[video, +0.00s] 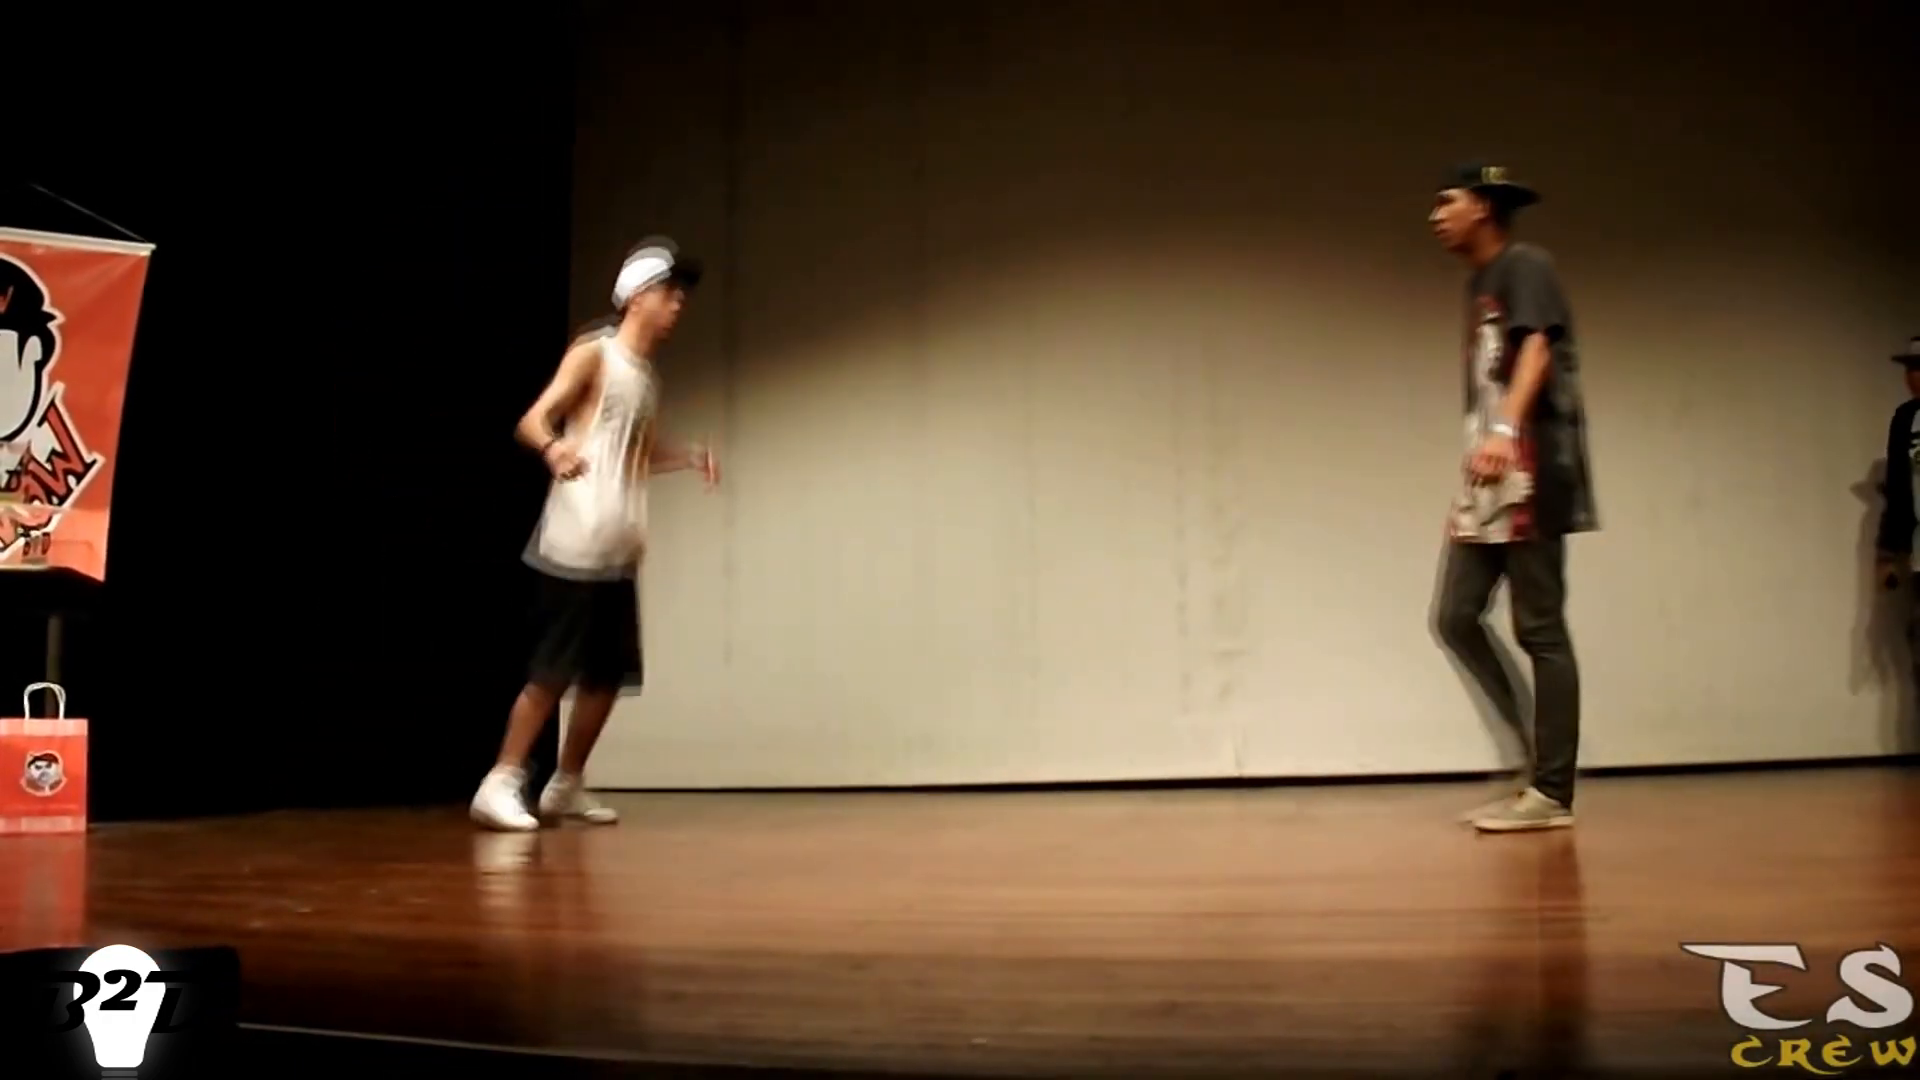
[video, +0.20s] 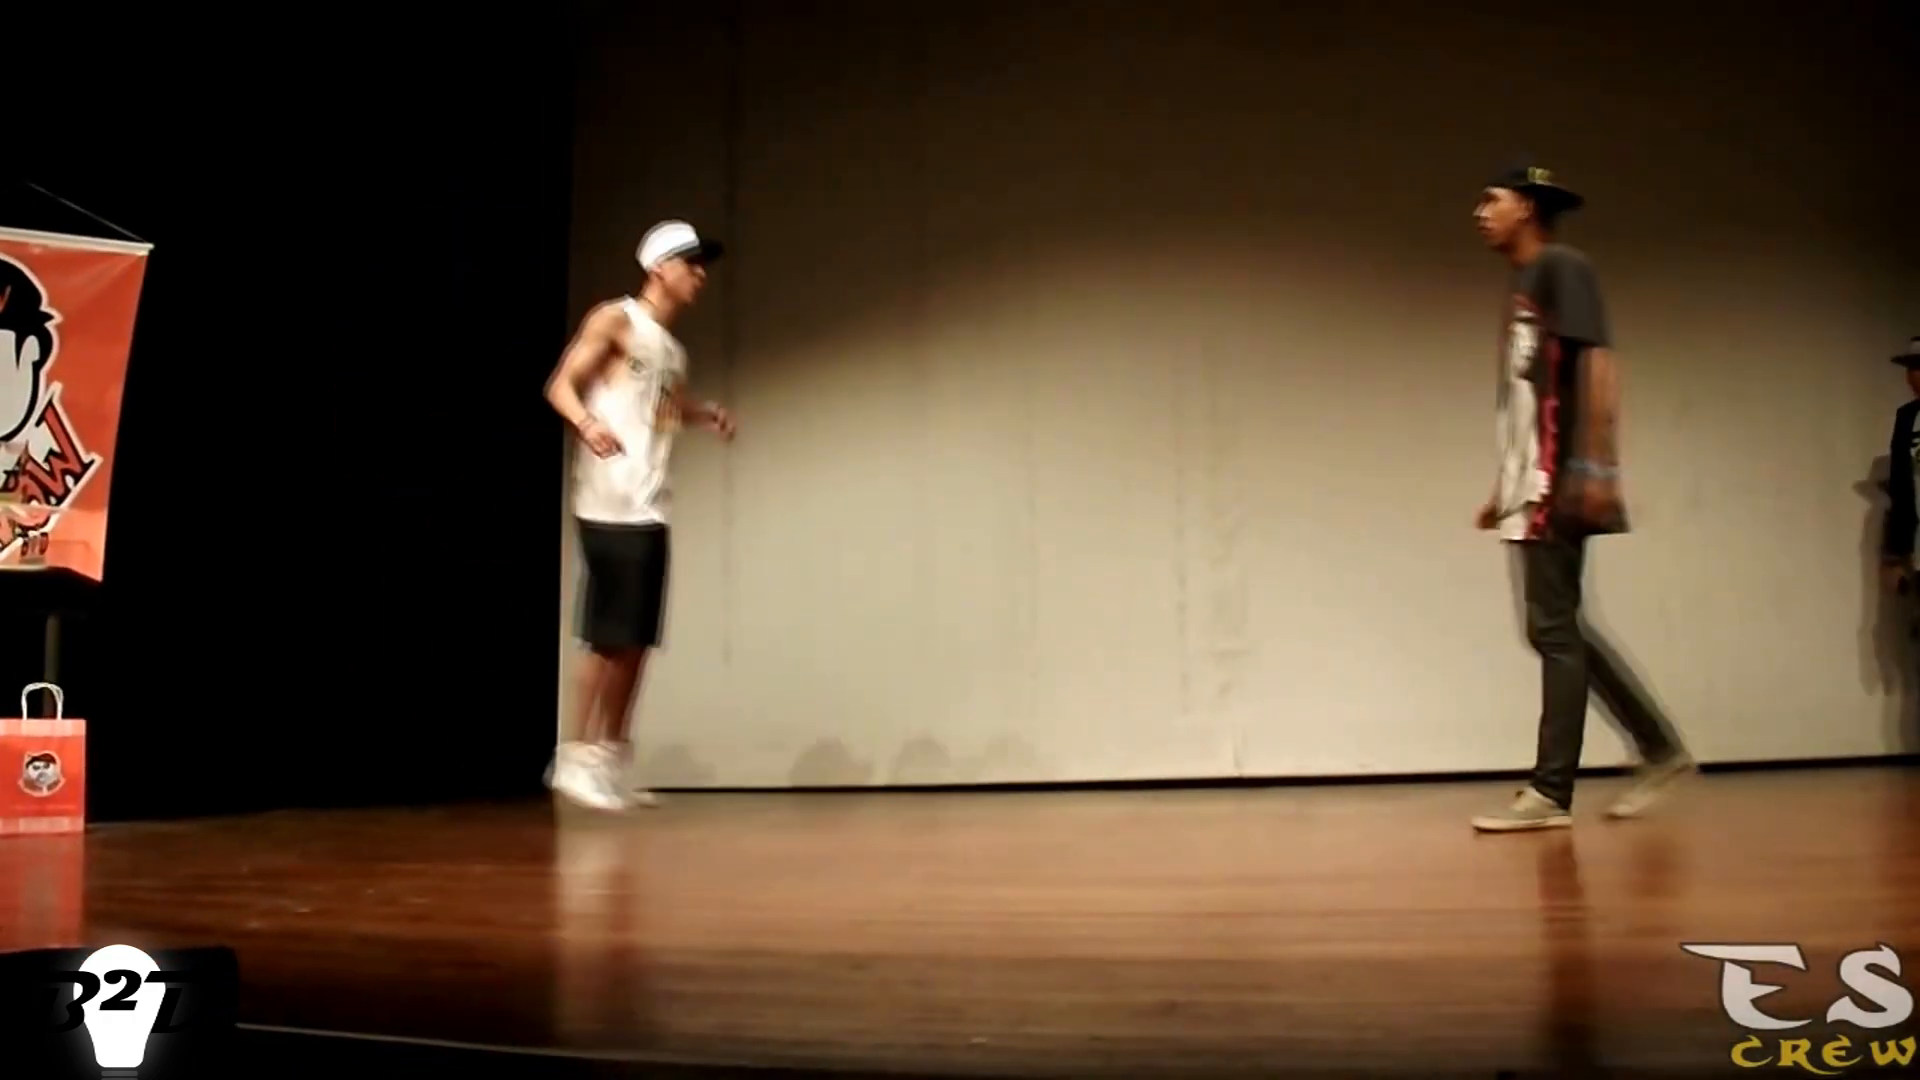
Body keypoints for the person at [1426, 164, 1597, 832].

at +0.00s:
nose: (1435, 214)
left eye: (1447, 203)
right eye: (1438, 204)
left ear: (1484, 209)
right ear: (1473, 213)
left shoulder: (1524, 268)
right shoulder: (1484, 285)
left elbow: (1537, 353)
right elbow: (1498, 382)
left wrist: (1502, 431)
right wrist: (1488, 461)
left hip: (1534, 481)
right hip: (1492, 481)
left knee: (1541, 629)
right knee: (1455, 619)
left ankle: (1553, 793)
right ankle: (1532, 761)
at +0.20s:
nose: (1481, 213)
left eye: (1493, 202)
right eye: (1483, 203)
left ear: (1529, 211)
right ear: (1517, 216)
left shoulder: (1564, 271)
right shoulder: (1527, 286)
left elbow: (1600, 369)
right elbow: (1526, 403)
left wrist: (1595, 471)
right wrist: (1503, 488)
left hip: (1561, 488)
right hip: (1534, 491)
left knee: (1556, 630)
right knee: (1555, 628)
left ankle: (1550, 791)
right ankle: (1663, 754)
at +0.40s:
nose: (1519, 225)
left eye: (1530, 215)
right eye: (1522, 215)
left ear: (1563, 226)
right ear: (1554, 228)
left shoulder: (1604, 281)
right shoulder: (1556, 298)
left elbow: (1672, 362)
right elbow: (1553, 401)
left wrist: (1710, 460)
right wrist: (1501, 464)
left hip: (1608, 496)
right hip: (1590, 497)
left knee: (1564, 625)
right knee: (1643, 632)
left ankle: (1551, 791)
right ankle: (1690, 779)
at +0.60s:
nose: (1551, 220)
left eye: (1562, 208)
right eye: (1553, 210)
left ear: (1598, 215)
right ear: (1589, 220)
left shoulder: (1637, 264)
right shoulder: (1591, 290)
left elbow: (1714, 334)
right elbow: (1587, 398)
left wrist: (1764, 429)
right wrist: (1534, 444)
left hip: (1635, 469)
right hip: (1632, 472)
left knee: (1572, 598)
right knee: (1660, 620)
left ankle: (1658, 748)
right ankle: (1687, 775)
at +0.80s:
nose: (1578, 216)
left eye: (1590, 204)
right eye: (1581, 206)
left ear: (1626, 212)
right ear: (1617, 217)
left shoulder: (1659, 265)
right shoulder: (1629, 284)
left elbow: (1711, 341)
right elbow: (1635, 395)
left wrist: (1757, 426)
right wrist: (1600, 473)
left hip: (1662, 475)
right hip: (1643, 478)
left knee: (1640, 607)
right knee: (1674, 619)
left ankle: (1765, 722)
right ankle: (1683, 773)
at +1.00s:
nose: (1613, 211)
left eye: (1625, 199)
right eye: (1615, 201)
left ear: (1662, 208)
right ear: (1654, 212)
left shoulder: (1690, 259)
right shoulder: (1666, 276)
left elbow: (1683, 349)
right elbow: (1682, 373)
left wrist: (1641, 419)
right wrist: (1641, 433)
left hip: (1716, 470)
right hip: (1680, 473)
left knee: (1745, 610)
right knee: (1669, 619)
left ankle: (1811, 768)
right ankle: (1677, 776)